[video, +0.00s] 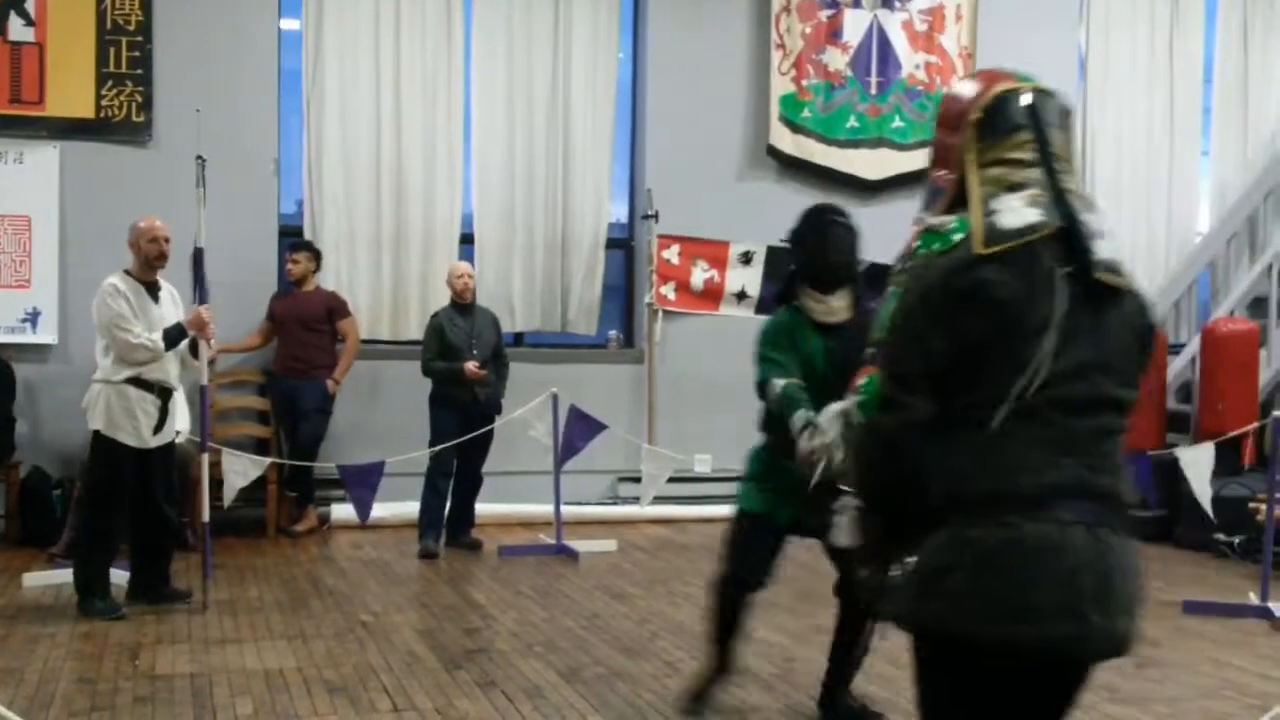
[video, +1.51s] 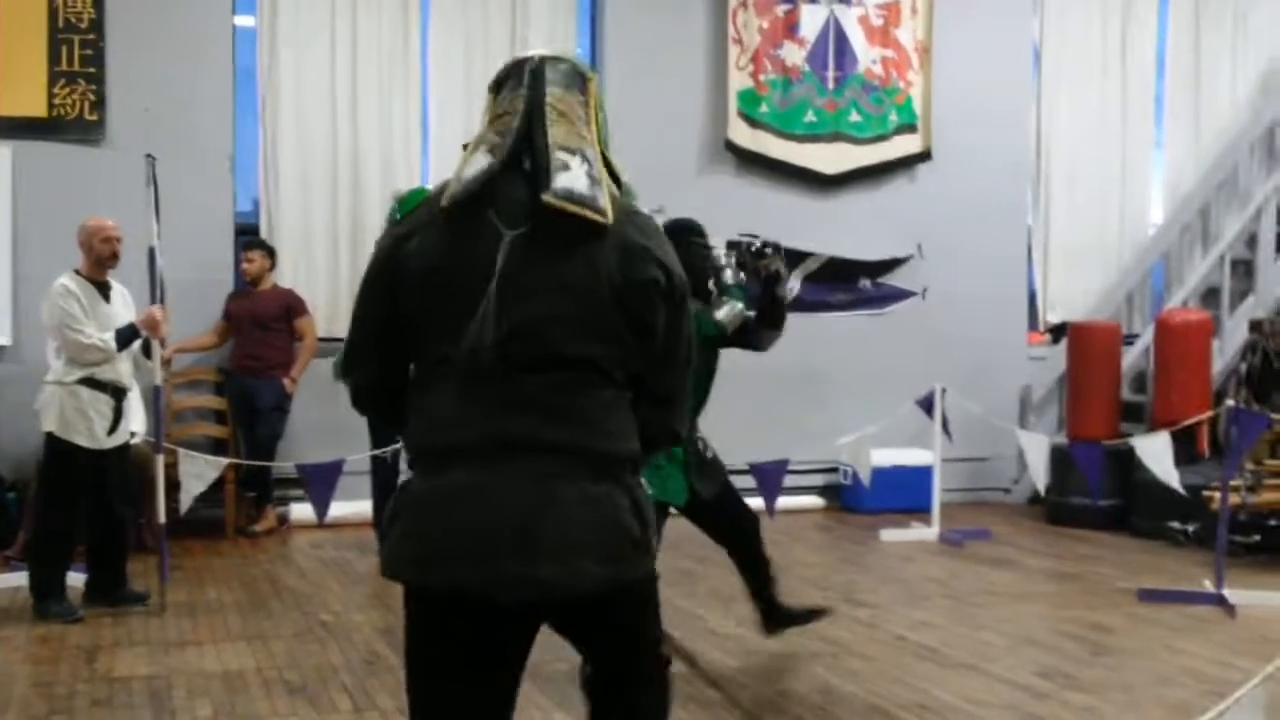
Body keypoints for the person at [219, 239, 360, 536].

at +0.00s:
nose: (289, 266)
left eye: (296, 262)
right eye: (288, 262)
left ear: (314, 266)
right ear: (288, 265)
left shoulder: (330, 301)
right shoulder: (280, 301)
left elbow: (352, 339)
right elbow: (260, 338)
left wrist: (336, 379)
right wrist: (222, 348)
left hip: (316, 384)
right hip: (282, 383)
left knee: (305, 448)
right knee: (292, 448)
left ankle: (304, 510)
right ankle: (305, 510)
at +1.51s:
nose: (245, 266)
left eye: (251, 261)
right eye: (243, 261)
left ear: (269, 263)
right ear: (242, 265)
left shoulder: (287, 299)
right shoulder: (236, 299)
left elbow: (310, 339)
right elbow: (217, 337)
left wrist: (293, 377)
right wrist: (176, 348)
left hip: (273, 382)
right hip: (239, 380)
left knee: (263, 446)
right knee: (248, 446)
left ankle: (265, 510)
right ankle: (263, 510)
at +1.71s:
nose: (216, 265)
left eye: (222, 260)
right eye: (214, 259)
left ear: (237, 263)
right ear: (211, 264)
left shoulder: (254, 299)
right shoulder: (208, 299)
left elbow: (277, 338)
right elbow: (186, 335)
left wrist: (260, 377)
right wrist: (145, 349)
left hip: (238, 381)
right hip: (206, 379)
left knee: (228, 445)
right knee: (211, 446)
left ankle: (231, 510)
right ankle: (218, 509)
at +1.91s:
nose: (176, 268)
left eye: (182, 262)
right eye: (174, 263)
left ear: (201, 266)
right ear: (172, 267)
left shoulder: (219, 300)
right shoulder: (168, 301)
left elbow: (242, 340)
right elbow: (148, 338)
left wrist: (225, 380)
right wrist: (107, 351)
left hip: (204, 384)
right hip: (170, 383)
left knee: (193, 449)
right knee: (175, 449)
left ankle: (196, 513)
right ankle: (186, 512)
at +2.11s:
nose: (143, 267)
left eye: (149, 262)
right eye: (141, 262)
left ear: (167, 265)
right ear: (139, 266)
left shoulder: (185, 301)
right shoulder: (135, 301)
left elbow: (209, 341)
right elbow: (114, 339)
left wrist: (192, 381)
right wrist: (72, 351)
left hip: (169, 384)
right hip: (135, 382)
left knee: (159, 448)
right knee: (140, 449)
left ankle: (162, 514)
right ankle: (147, 512)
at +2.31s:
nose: (105, 267)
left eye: (112, 261)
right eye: (103, 262)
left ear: (130, 264)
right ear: (102, 265)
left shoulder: (148, 301)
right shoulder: (98, 301)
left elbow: (174, 340)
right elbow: (76, 340)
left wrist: (156, 381)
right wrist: (33, 353)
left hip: (134, 385)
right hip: (100, 384)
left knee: (124, 451)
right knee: (107, 451)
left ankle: (129, 517)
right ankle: (121, 515)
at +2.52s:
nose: (75, 269)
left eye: (82, 263)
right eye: (73, 264)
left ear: (101, 266)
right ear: (72, 268)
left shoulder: (119, 303)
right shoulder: (67, 304)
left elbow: (144, 344)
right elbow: (45, 343)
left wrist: (126, 384)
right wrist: (5, 354)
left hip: (104, 389)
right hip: (69, 387)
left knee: (93, 454)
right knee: (77, 455)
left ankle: (97, 521)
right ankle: (86, 520)